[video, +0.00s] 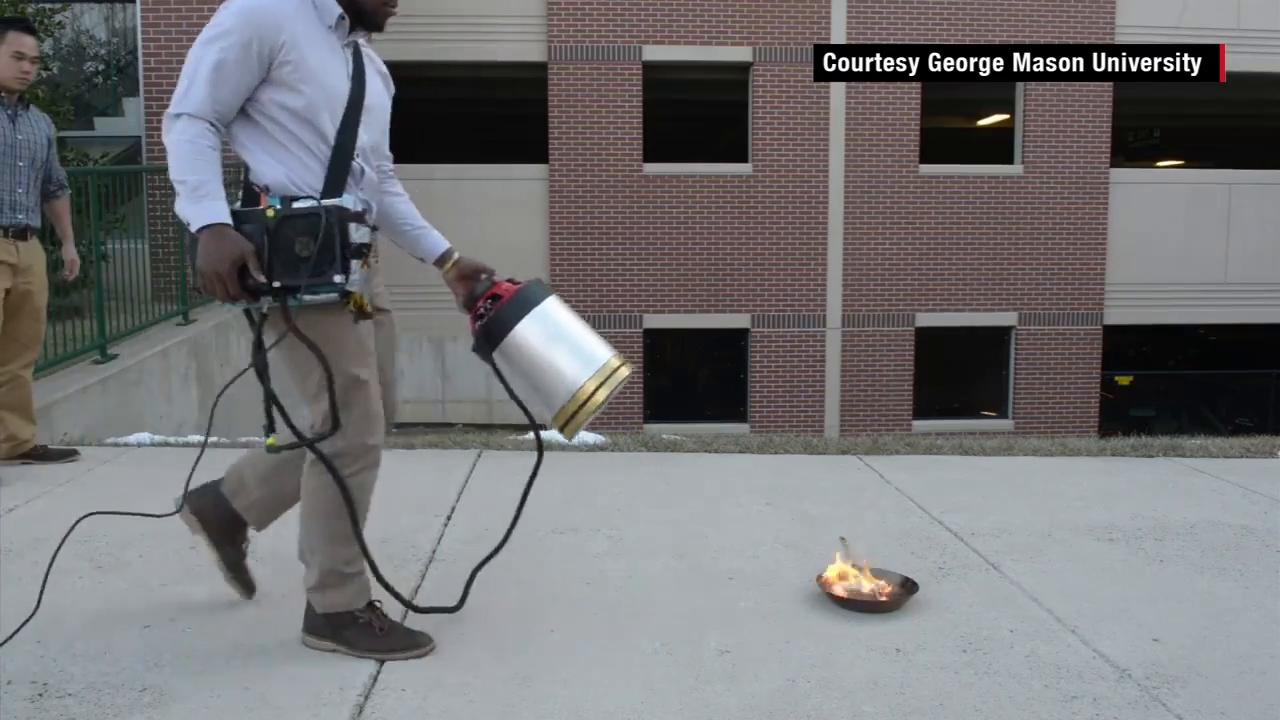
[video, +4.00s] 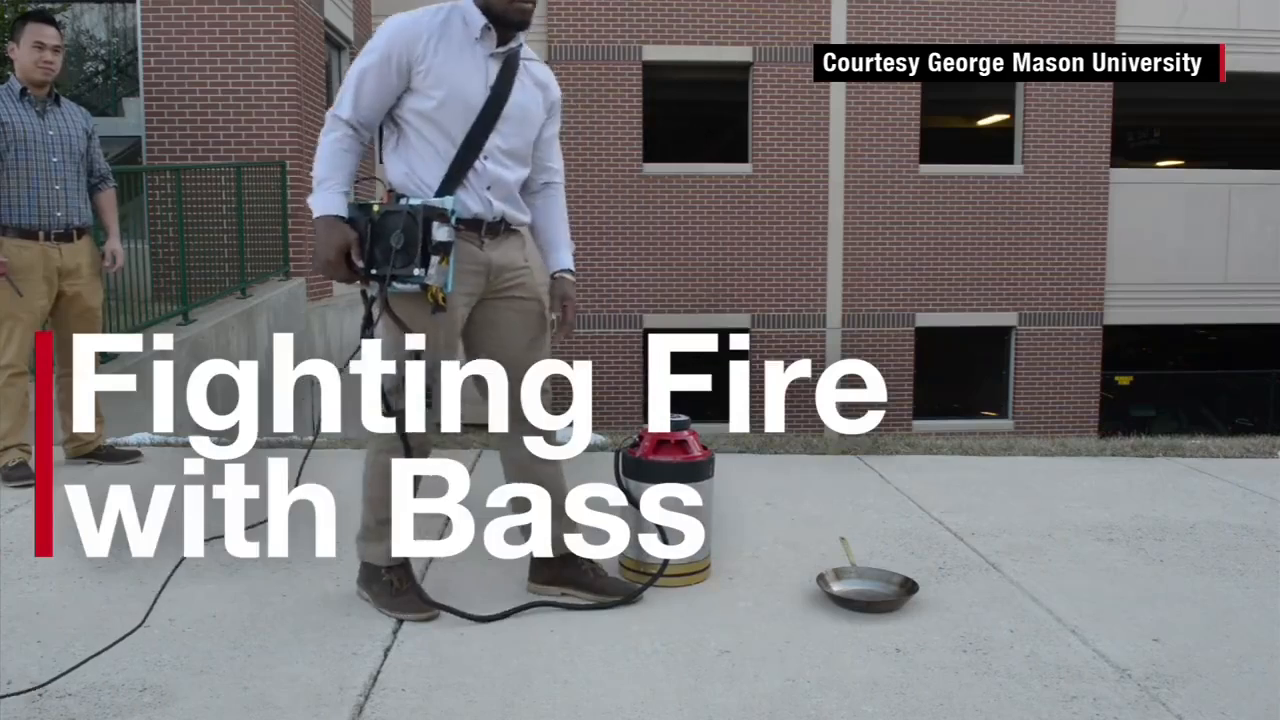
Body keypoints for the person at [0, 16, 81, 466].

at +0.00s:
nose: (28, 67)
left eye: (34, 60)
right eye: (19, 57)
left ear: (39, 66)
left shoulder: (41, 123)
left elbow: (55, 188)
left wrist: (67, 242)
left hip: (29, 250)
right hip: (2, 247)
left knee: (21, 353)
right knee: (12, 353)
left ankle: (17, 441)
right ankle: (13, 441)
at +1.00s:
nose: (42, 62)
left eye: (47, 54)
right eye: (32, 51)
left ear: (51, 61)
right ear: (4, 52)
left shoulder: (61, 115)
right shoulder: (1, 107)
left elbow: (87, 177)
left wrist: (106, 231)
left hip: (71, 248)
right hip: (15, 252)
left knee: (76, 357)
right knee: (12, 364)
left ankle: (85, 444)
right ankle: (13, 454)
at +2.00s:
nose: (59, 64)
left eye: (64, 56)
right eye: (49, 53)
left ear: (68, 63)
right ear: (18, 52)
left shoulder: (77, 117)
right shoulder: (3, 106)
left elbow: (99, 179)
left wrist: (114, 234)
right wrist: (0, 250)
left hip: (80, 250)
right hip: (20, 252)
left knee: (80, 357)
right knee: (16, 363)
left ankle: (86, 444)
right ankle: (13, 454)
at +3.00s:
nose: (52, 58)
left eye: (60, 51)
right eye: (42, 48)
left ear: (66, 60)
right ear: (16, 51)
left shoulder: (81, 116)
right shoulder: (3, 105)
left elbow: (104, 178)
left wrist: (117, 234)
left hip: (82, 249)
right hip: (21, 250)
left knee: (85, 351)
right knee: (17, 358)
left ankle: (86, 442)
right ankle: (13, 452)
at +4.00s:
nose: (49, 57)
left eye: (57, 50)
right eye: (39, 47)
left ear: (63, 59)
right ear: (14, 52)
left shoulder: (78, 116)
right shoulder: (3, 105)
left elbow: (101, 179)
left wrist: (114, 235)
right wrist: (1, 249)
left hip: (79, 249)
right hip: (18, 250)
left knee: (84, 353)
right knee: (16, 360)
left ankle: (87, 442)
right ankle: (14, 453)